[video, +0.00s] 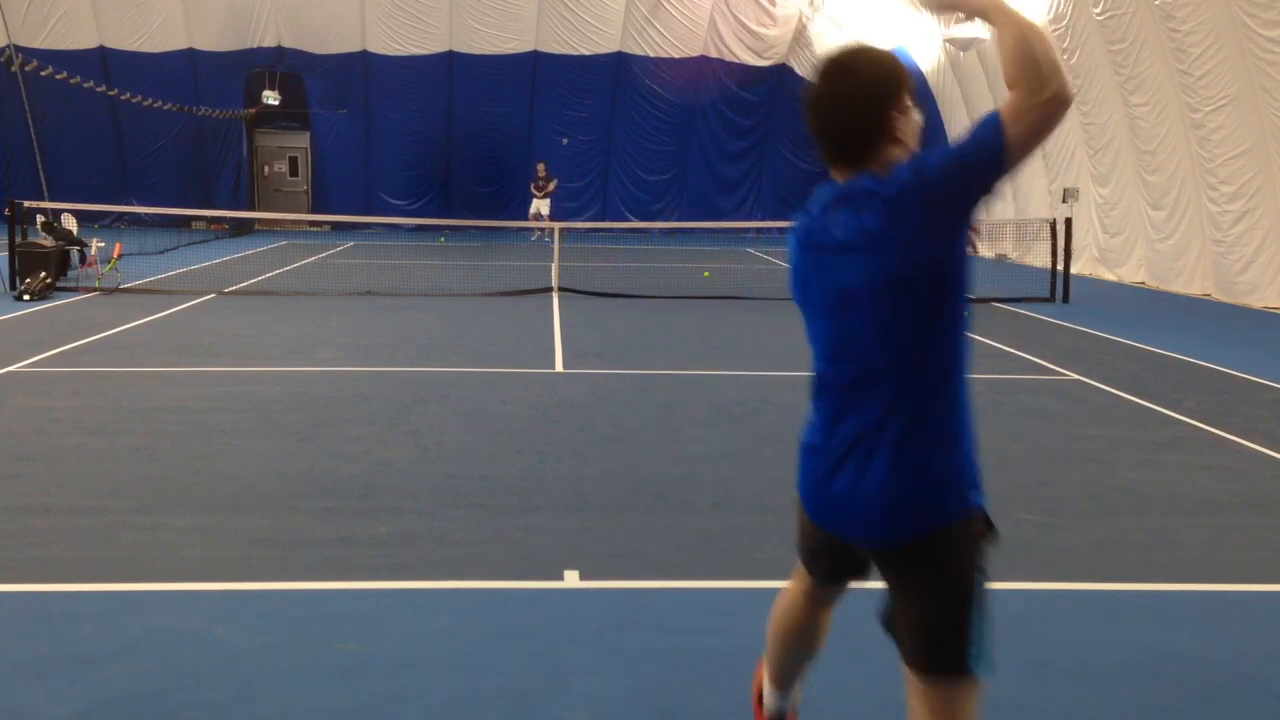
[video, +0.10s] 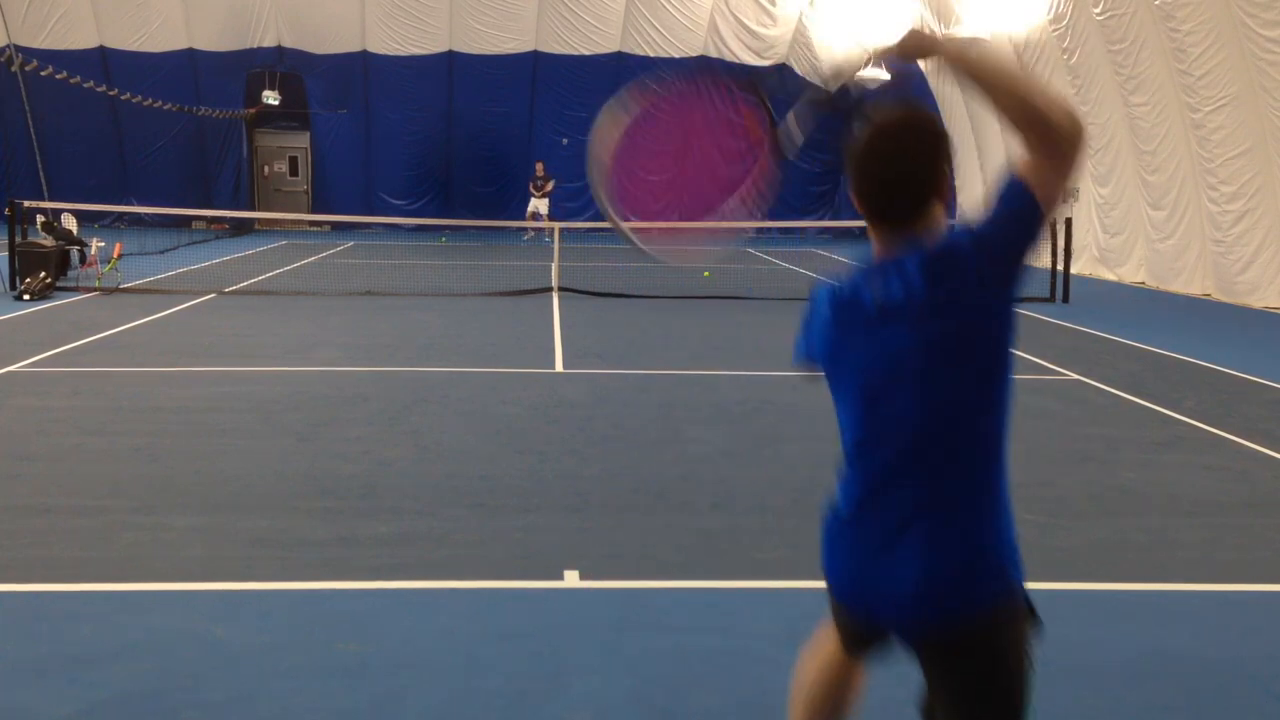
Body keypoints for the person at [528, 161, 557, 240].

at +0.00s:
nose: (540, 168)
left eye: (541, 166)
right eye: (539, 166)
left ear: (544, 167)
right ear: (537, 168)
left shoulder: (549, 177)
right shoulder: (535, 177)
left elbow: (551, 187)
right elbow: (532, 188)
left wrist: (544, 192)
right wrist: (537, 193)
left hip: (545, 199)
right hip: (536, 199)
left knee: (545, 216)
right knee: (531, 216)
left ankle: (547, 235)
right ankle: (537, 231)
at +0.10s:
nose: (538, 167)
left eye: (540, 166)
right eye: (537, 166)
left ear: (543, 167)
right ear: (535, 167)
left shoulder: (547, 177)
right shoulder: (533, 177)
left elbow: (549, 187)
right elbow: (530, 187)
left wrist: (542, 192)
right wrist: (535, 193)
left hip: (543, 199)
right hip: (534, 198)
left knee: (544, 216)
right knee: (528, 215)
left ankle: (547, 234)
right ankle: (530, 231)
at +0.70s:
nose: (547, 169)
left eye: (548, 167)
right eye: (546, 167)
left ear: (551, 169)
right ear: (543, 169)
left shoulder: (552, 178)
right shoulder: (539, 178)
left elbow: (554, 188)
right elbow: (536, 190)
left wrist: (550, 196)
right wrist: (544, 197)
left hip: (548, 198)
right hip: (539, 198)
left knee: (552, 216)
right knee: (539, 215)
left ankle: (548, 233)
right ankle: (535, 233)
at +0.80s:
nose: (552, 172)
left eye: (553, 170)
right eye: (550, 170)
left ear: (555, 171)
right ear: (547, 171)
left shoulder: (556, 182)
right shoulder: (544, 181)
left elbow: (557, 192)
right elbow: (541, 193)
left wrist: (555, 200)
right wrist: (550, 200)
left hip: (551, 201)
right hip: (543, 201)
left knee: (555, 218)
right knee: (545, 217)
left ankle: (550, 236)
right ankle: (536, 235)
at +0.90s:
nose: (557, 173)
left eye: (558, 171)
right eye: (555, 171)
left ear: (559, 173)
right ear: (552, 172)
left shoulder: (557, 183)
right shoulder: (550, 182)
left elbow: (559, 192)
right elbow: (548, 194)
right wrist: (556, 201)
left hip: (553, 202)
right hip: (546, 201)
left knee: (557, 218)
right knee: (554, 215)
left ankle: (552, 235)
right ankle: (545, 231)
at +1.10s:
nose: (568, 179)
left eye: (568, 177)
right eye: (567, 177)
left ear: (563, 177)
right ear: (562, 176)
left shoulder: (558, 184)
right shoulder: (561, 186)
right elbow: (566, 197)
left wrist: (567, 188)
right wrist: (573, 196)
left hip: (548, 203)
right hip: (551, 204)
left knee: (557, 219)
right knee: (563, 218)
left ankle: (551, 235)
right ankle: (561, 236)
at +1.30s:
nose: (572, 181)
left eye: (572, 179)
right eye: (571, 179)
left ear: (570, 179)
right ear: (567, 178)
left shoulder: (562, 184)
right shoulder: (564, 184)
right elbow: (569, 196)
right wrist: (576, 205)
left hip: (554, 204)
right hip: (555, 204)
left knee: (560, 220)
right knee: (566, 217)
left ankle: (551, 235)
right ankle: (563, 236)